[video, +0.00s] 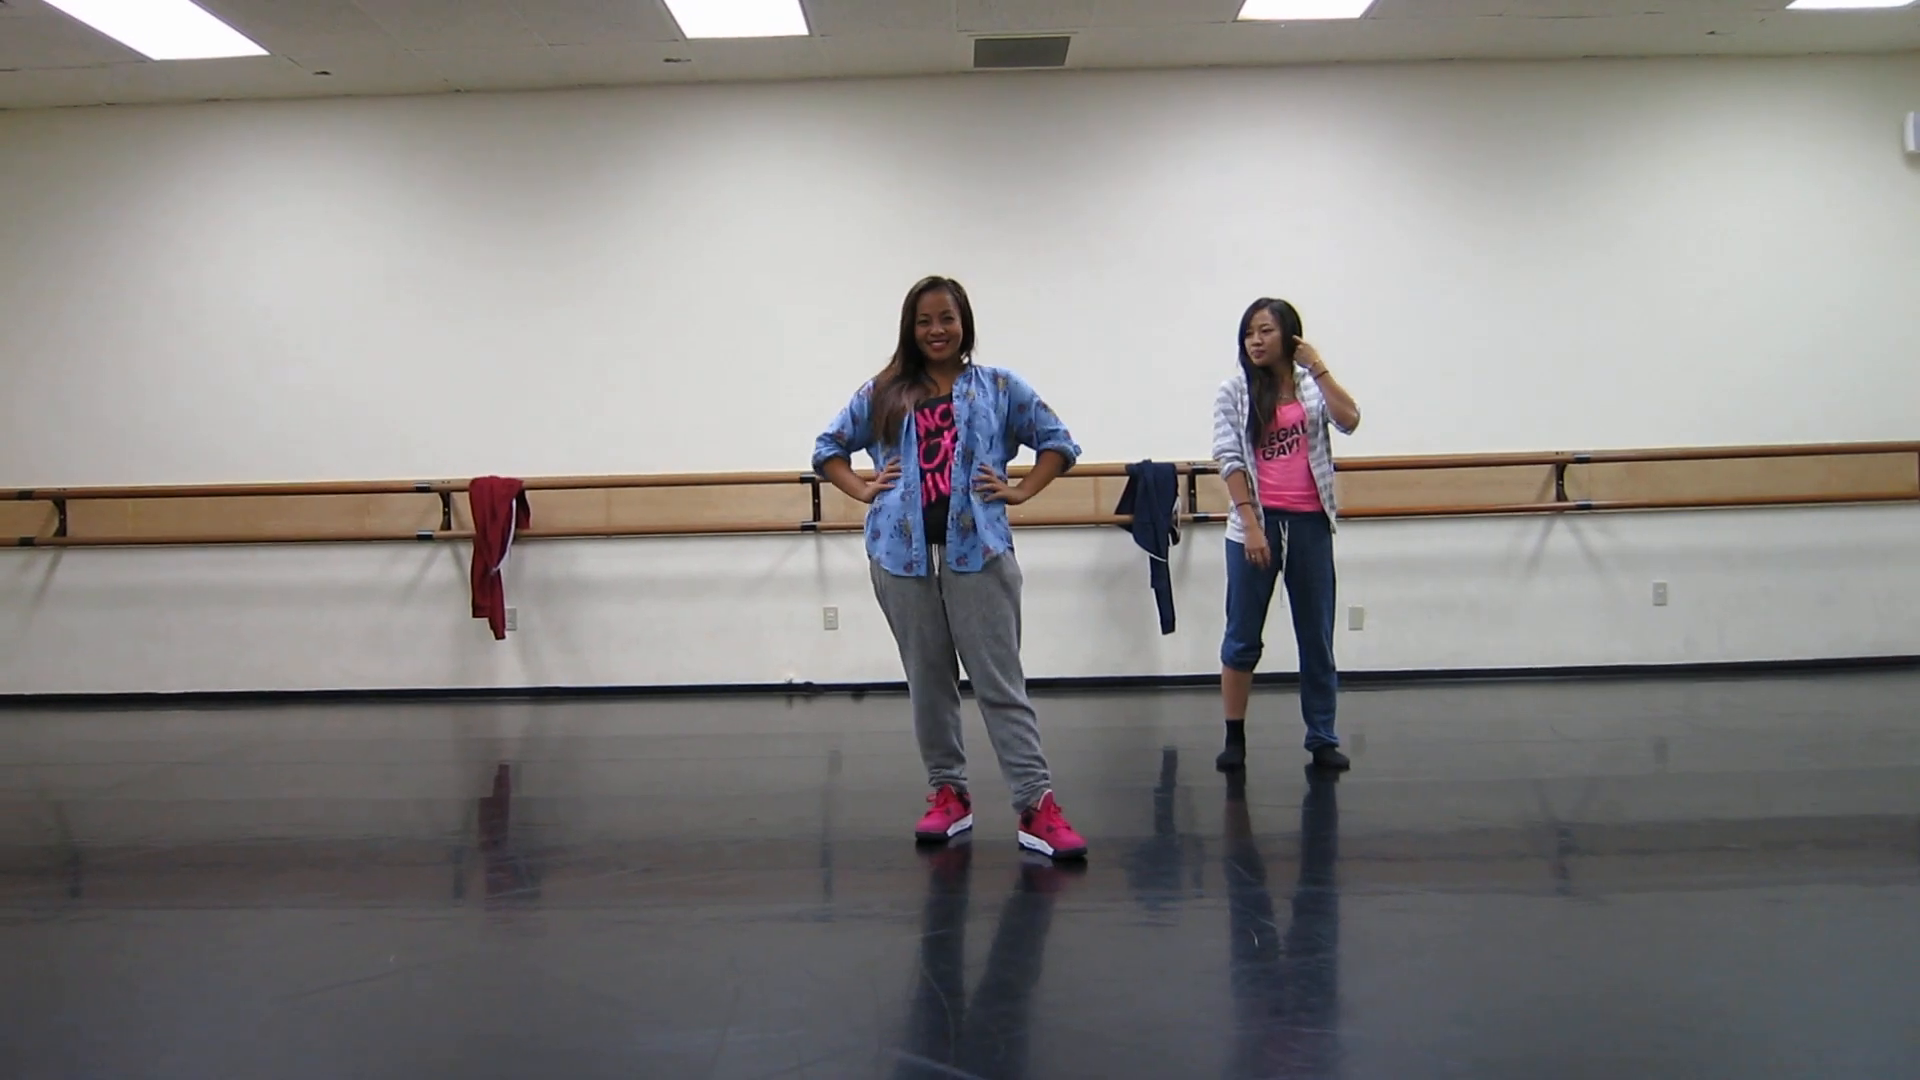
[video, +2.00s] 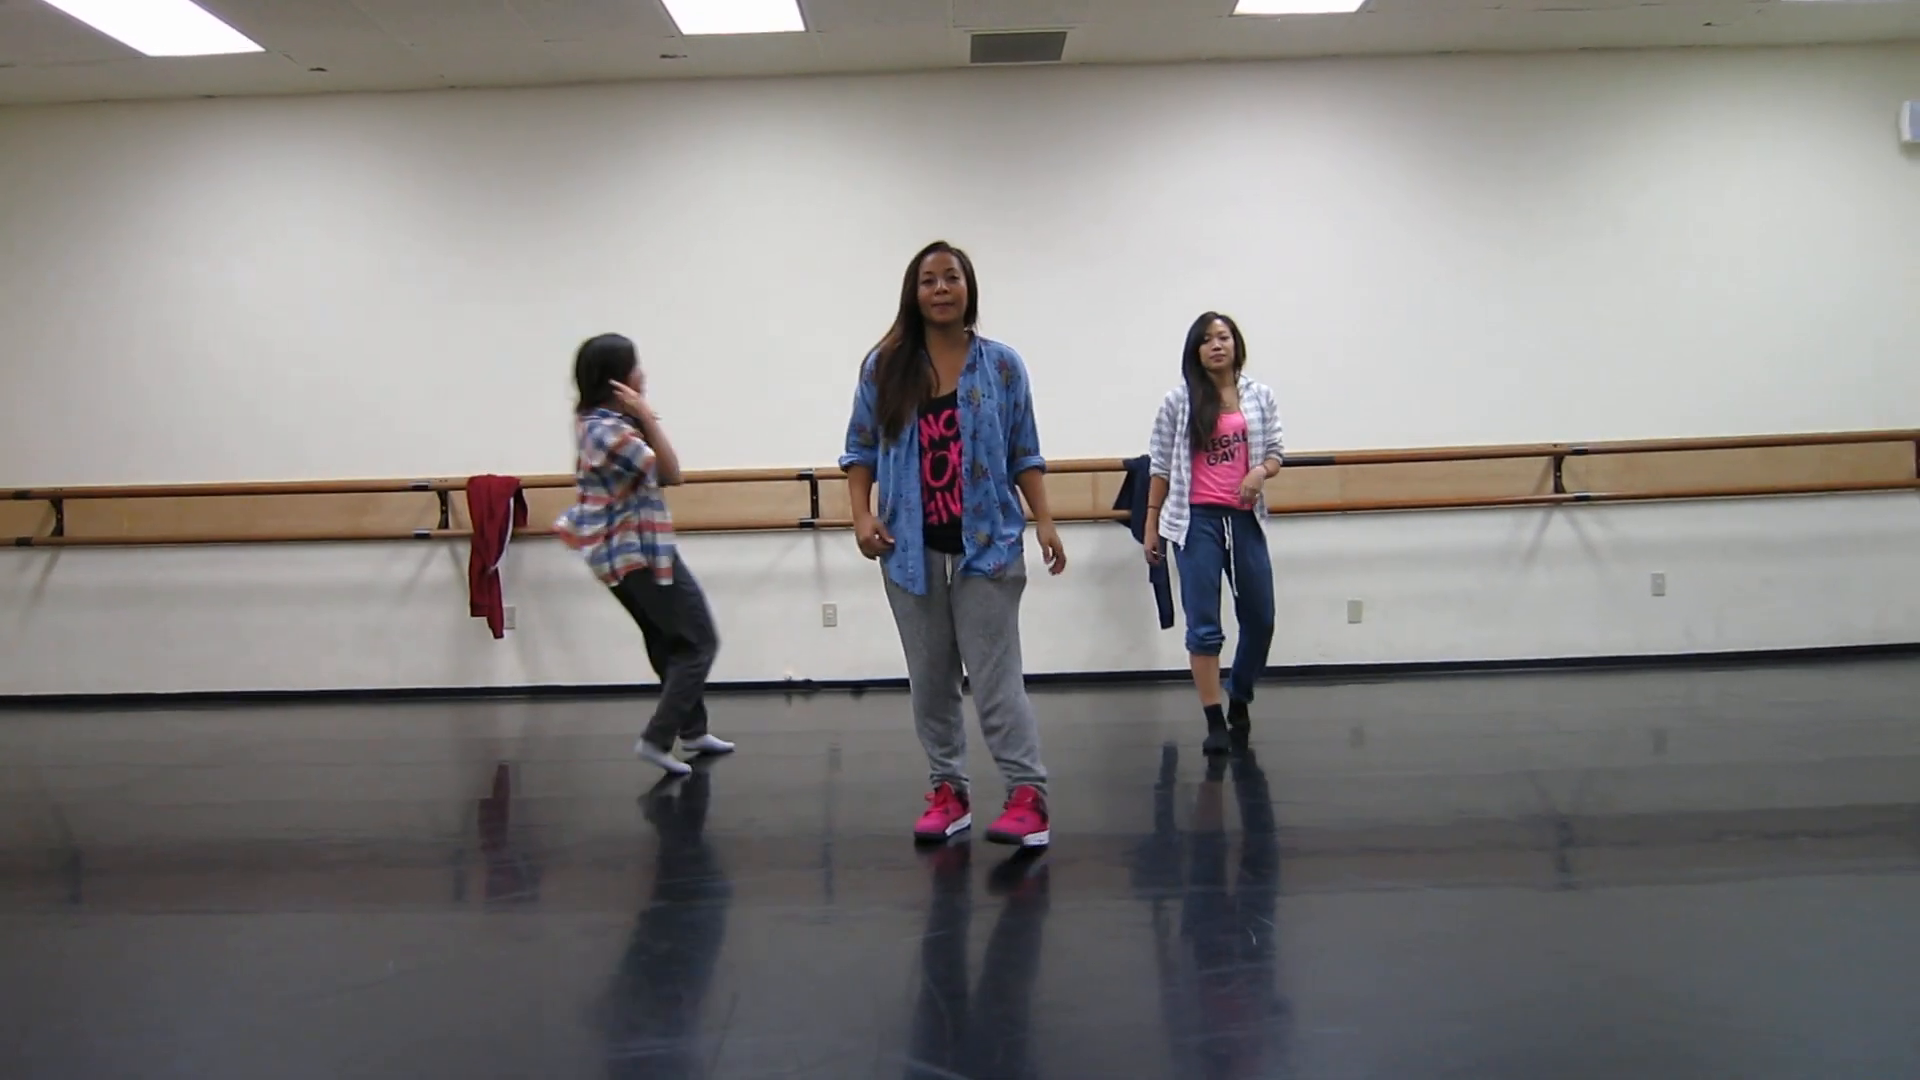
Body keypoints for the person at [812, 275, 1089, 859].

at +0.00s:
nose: (936, 329)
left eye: (947, 318)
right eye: (925, 320)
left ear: (965, 323)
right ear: (909, 328)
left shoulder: (998, 386)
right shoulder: (883, 394)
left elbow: (1060, 443)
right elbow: (826, 450)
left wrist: (1024, 487)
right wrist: (857, 486)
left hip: (978, 555)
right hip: (902, 559)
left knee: (1001, 685)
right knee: (928, 683)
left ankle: (1036, 807)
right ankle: (947, 796)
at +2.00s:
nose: (941, 288)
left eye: (952, 278)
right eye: (929, 280)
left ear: (970, 289)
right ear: (912, 293)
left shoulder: (1001, 363)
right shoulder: (883, 366)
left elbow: (1024, 452)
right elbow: (861, 448)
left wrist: (1044, 520)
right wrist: (862, 515)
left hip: (987, 547)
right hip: (910, 551)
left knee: (994, 676)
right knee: (930, 679)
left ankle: (1027, 792)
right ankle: (948, 791)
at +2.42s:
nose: (977, 290)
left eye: (988, 280)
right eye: (965, 281)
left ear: (1007, 290)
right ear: (950, 293)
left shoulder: (1033, 365)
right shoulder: (921, 362)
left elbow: (1043, 459)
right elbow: (910, 453)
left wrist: (975, 498)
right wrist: (959, 521)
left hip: (1012, 549)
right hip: (935, 548)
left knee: (1015, 678)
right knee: (948, 677)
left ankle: (1040, 802)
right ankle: (961, 792)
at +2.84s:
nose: (1000, 295)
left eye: (1010, 285)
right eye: (988, 286)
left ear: (1028, 295)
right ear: (971, 297)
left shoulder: (1053, 361)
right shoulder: (946, 368)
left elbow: (1044, 440)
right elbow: (950, 454)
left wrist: (1013, 511)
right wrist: (983, 527)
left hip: (1048, 540)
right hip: (970, 543)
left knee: (1075, 671)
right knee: (985, 677)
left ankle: (1102, 802)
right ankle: (999, 792)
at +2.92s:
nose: (1003, 295)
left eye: (1013, 285)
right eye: (991, 286)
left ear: (1032, 295)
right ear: (974, 296)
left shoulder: (1058, 362)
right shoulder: (948, 370)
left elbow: (1069, 447)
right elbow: (936, 459)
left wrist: (1079, 523)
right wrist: (934, 537)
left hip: (1052, 541)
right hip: (975, 545)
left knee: (1074, 675)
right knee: (991, 677)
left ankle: (1096, 800)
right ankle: (1006, 791)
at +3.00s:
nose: (1003, 294)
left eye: (1015, 283)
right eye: (991, 285)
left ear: (1033, 293)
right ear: (975, 296)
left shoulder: (1062, 364)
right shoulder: (948, 371)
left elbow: (1101, 445)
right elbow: (912, 460)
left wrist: (1143, 516)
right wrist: (878, 540)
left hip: (1058, 546)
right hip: (979, 550)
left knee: (1066, 678)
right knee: (994, 678)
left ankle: (1087, 798)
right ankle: (1008, 791)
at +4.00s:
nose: (1075, 287)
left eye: (1085, 278)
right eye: (1062, 281)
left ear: (1104, 294)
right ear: (1045, 299)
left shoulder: (1131, 379)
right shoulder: (1012, 370)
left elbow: (1151, 475)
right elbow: (982, 463)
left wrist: (1161, 554)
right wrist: (964, 546)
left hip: (1105, 565)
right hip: (1024, 563)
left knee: (1110, 700)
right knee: (1020, 693)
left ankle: (1113, 826)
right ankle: (1005, 806)